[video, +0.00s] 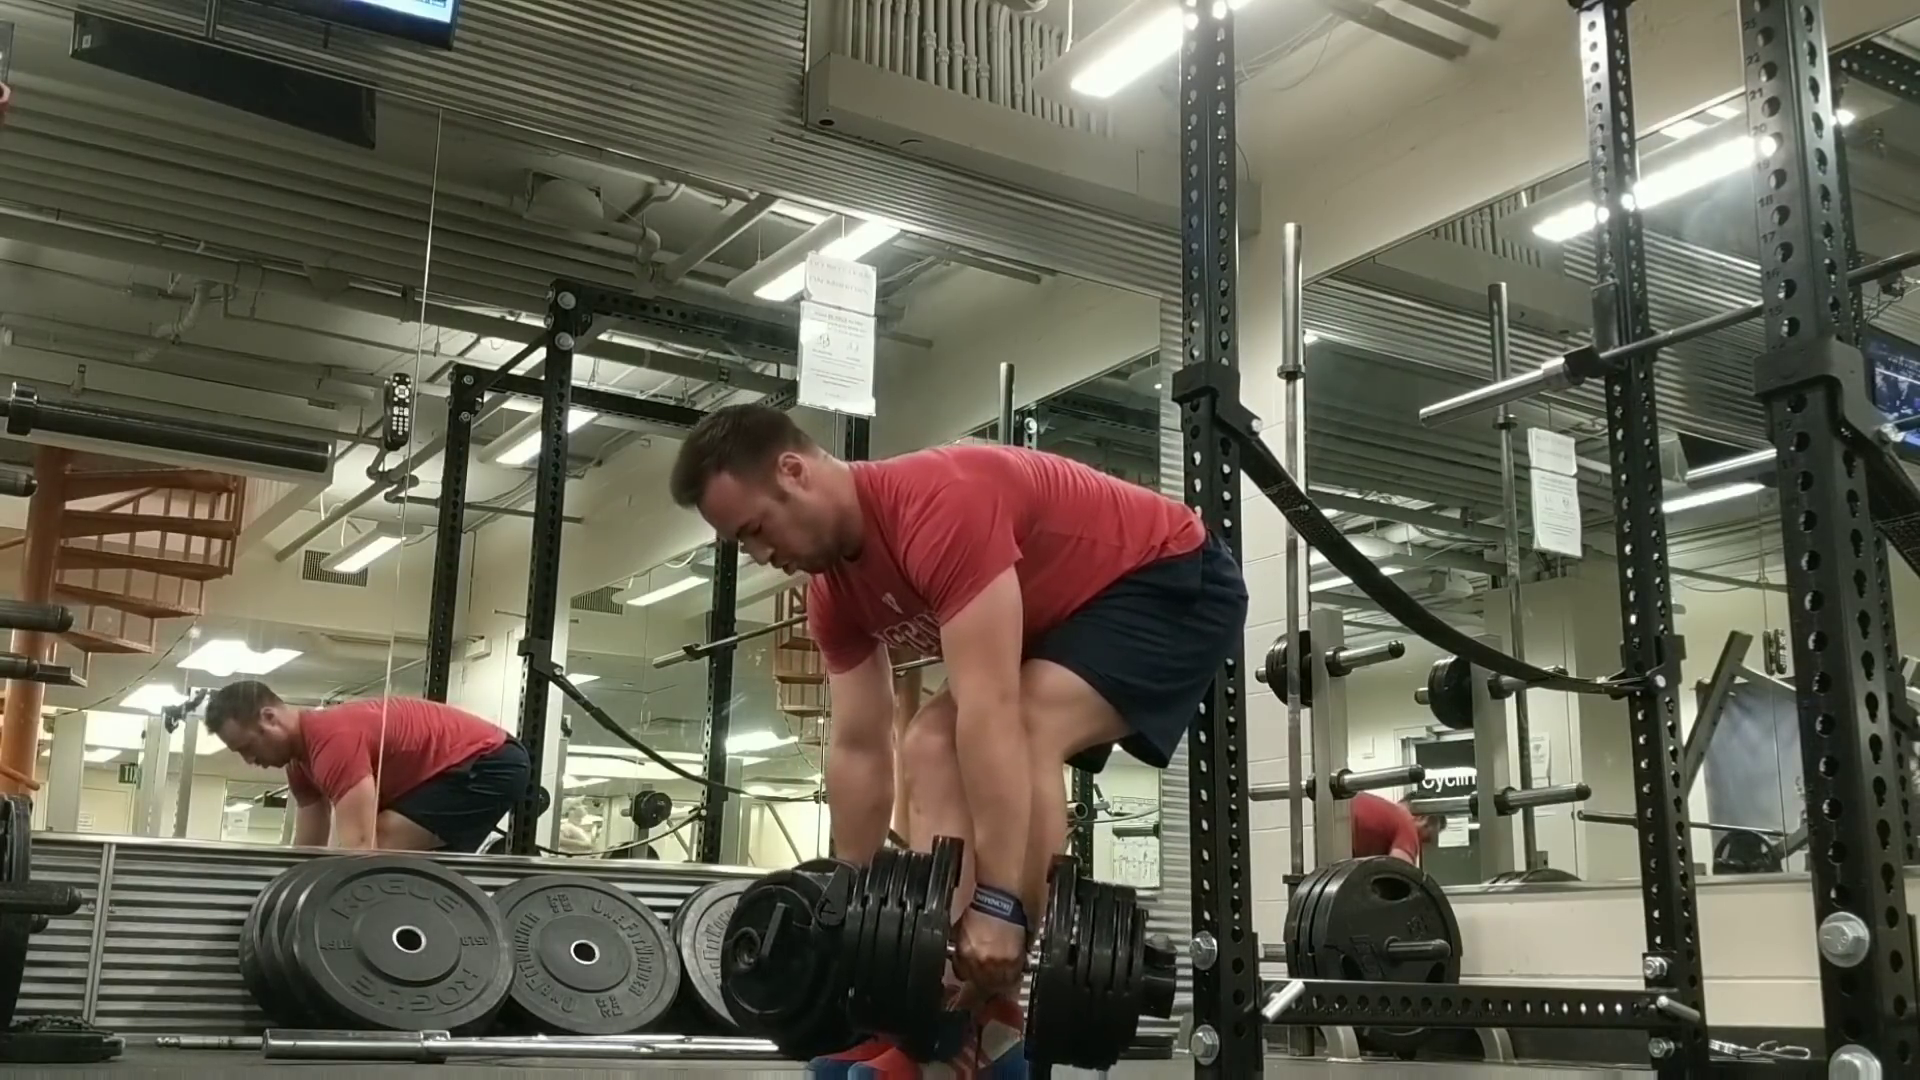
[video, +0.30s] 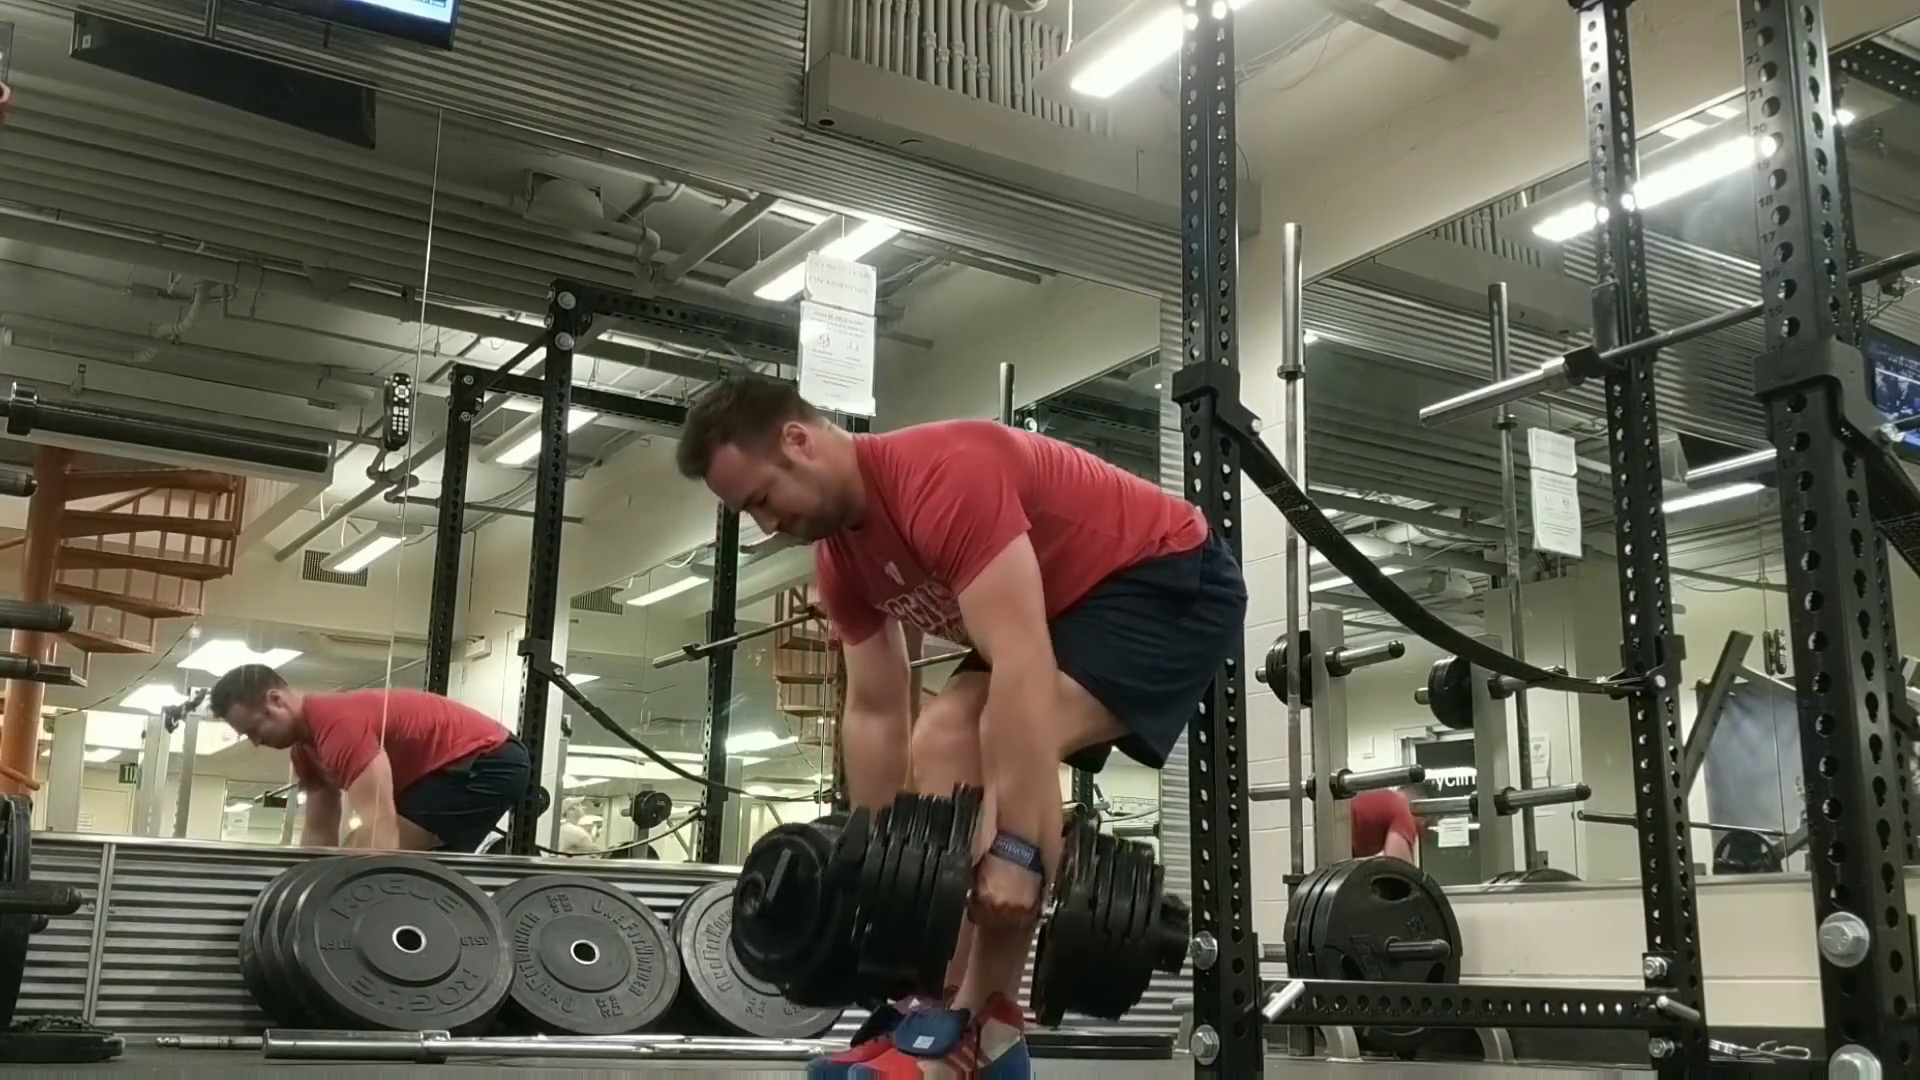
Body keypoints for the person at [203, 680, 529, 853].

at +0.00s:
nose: (250, 762)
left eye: (248, 749)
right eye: (242, 755)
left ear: (270, 719)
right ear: (270, 722)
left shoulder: (333, 739)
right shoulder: (301, 762)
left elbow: (358, 850)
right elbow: (309, 851)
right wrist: (286, 920)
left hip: (491, 763)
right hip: (461, 768)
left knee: (383, 847)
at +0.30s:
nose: (253, 741)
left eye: (252, 729)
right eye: (245, 735)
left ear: (277, 700)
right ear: (275, 703)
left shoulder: (338, 724)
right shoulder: (306, 748)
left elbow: (381, 824)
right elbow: (320, 831)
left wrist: (367, 915)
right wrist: (294, 901)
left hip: (488, 762)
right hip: (453, 771)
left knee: (369, 848)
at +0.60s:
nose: (276, 716)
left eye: (272, 705)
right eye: (267, 711)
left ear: (288, 672)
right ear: (290, 674)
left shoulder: (353, 692)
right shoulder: (319, 712)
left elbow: (422, 764)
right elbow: (354, 781)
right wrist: (338, 847)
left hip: (489, 759)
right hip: (454, 763)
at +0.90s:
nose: (310, 705)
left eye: (301, 701)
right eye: (300, 705)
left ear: (300, 667)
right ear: (301, 665)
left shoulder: (368, 674)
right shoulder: (339, 684)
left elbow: (455, 720)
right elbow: (386, 733)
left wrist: (441, 803)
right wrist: (374, 785)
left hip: (488, 762)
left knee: (469, 881)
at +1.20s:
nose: (303, 710)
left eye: (293, 705)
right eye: (293, 709)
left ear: (297, 671)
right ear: (298, 670)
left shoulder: (365, 674)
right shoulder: (334, 695)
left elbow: (444, 733)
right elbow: (373, 757)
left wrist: (431, 821)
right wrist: (363, 821)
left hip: (491, 761)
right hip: (444, 766)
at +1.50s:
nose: (280, 717)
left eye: (273, 707)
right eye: (271, 712)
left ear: (286, 672)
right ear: (288, 673)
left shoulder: (355, 686)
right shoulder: (323, 717)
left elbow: (398, 779)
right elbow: (336, 790)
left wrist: (380, 871)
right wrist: (318, 865)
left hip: (489, 761)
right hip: (450, 768)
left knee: (411, 865)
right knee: (395, 860)